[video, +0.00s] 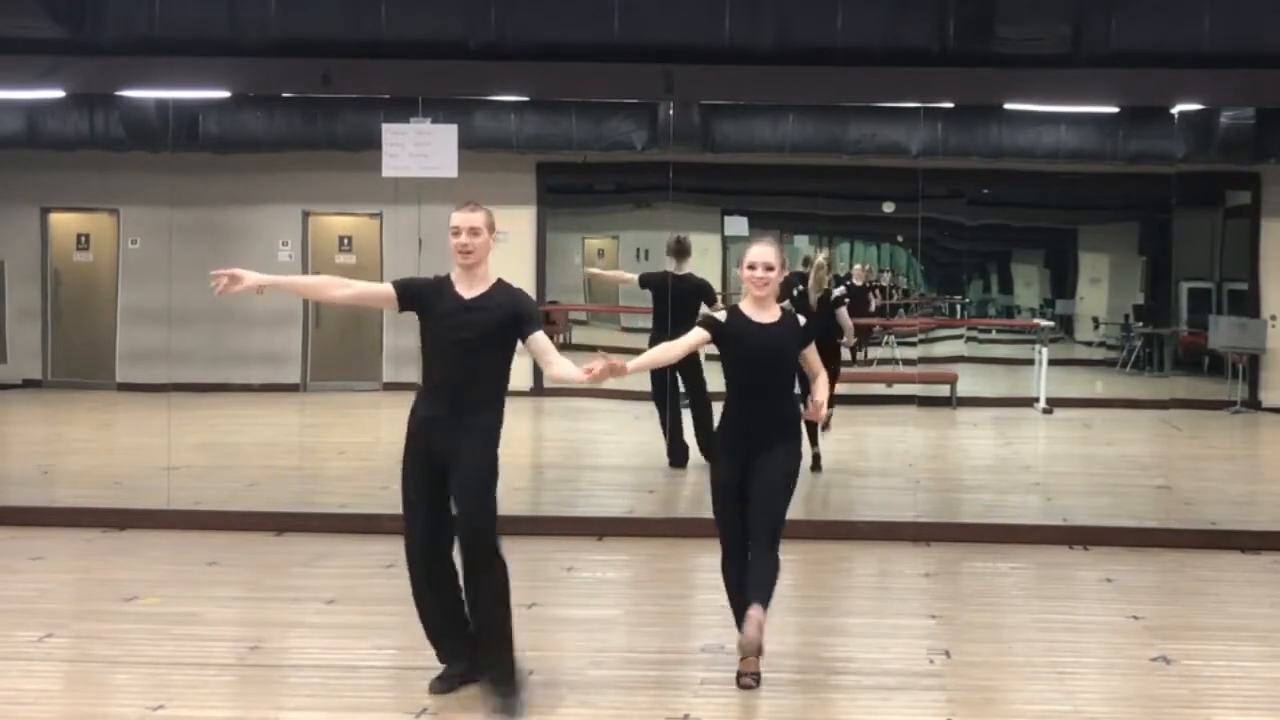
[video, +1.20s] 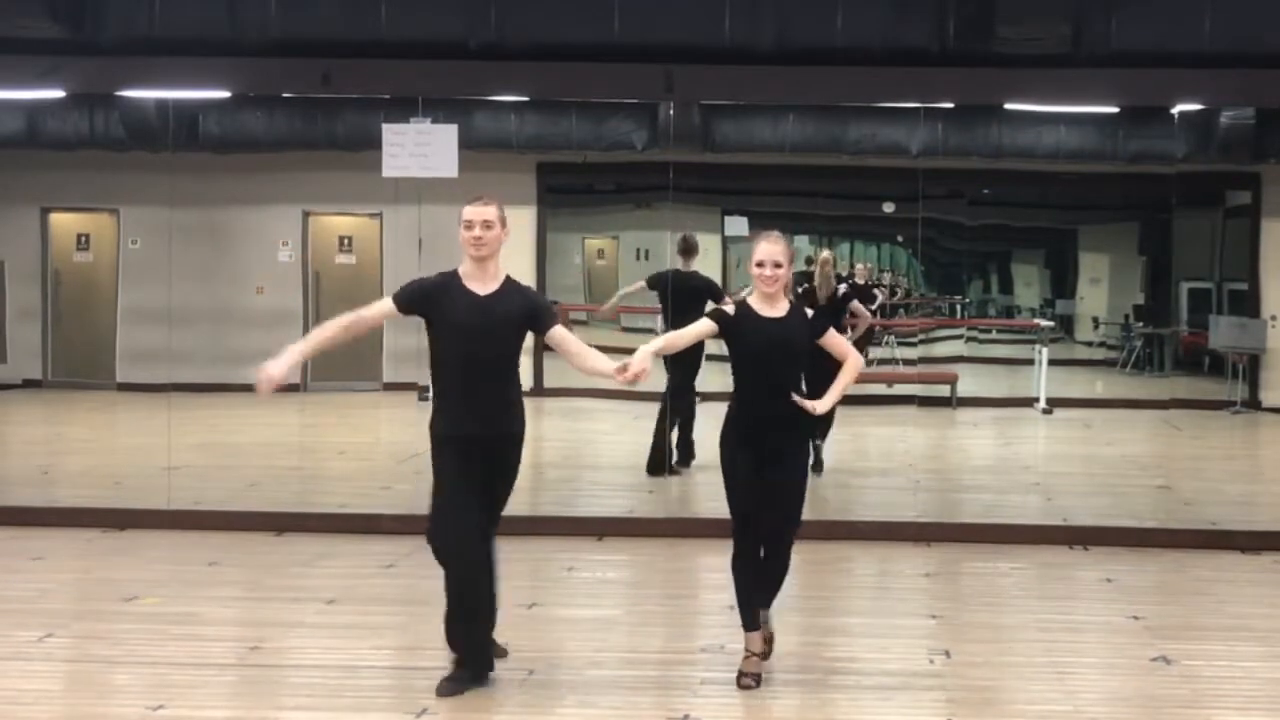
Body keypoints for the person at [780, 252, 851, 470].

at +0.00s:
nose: (823, 276)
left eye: (815, 271)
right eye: (825, 272)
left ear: (809, 273)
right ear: (827, 274)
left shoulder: (798, 296)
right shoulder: (833, 295)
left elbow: (780, 313)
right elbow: (847, 324)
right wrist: (849, 339)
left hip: (804, 347)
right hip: (828, 346)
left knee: (807, 397)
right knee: (829, 382)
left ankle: (815, 450)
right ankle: (826, 412)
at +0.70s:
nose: (821, 268)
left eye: (820, 263)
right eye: (824, 263)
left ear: (813, 267)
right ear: (831, 268)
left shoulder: (803, 290)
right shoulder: (836, 291)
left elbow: (792, 315)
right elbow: (850, 316)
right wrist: (850, 334)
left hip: (807, 345)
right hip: (831, 344)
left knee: (811, 399)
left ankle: (817, 448)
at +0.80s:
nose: (822, 268)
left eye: (822, 263)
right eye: (824, 263)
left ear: (814, 265)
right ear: (832, 267)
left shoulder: (802, 286)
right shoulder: (839, 290)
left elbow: (788, 310)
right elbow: (858, 316)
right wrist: (851, 338)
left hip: (804, 344)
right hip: (829, 345)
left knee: (806, 396)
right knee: (820, 396)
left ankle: (818, 445)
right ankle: (818, 445)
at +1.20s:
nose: (826, 268)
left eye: (824, 263)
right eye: (827, 264)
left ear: (816, 266)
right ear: (833, 267)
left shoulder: (804, 291)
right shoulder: (841, 291)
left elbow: (792, 318)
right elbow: (865, 317)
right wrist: (852, 337)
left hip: (809, 351)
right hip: (834, 351)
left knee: (811, 400)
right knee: (829, 401)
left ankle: (815, 446)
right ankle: (819, 442)